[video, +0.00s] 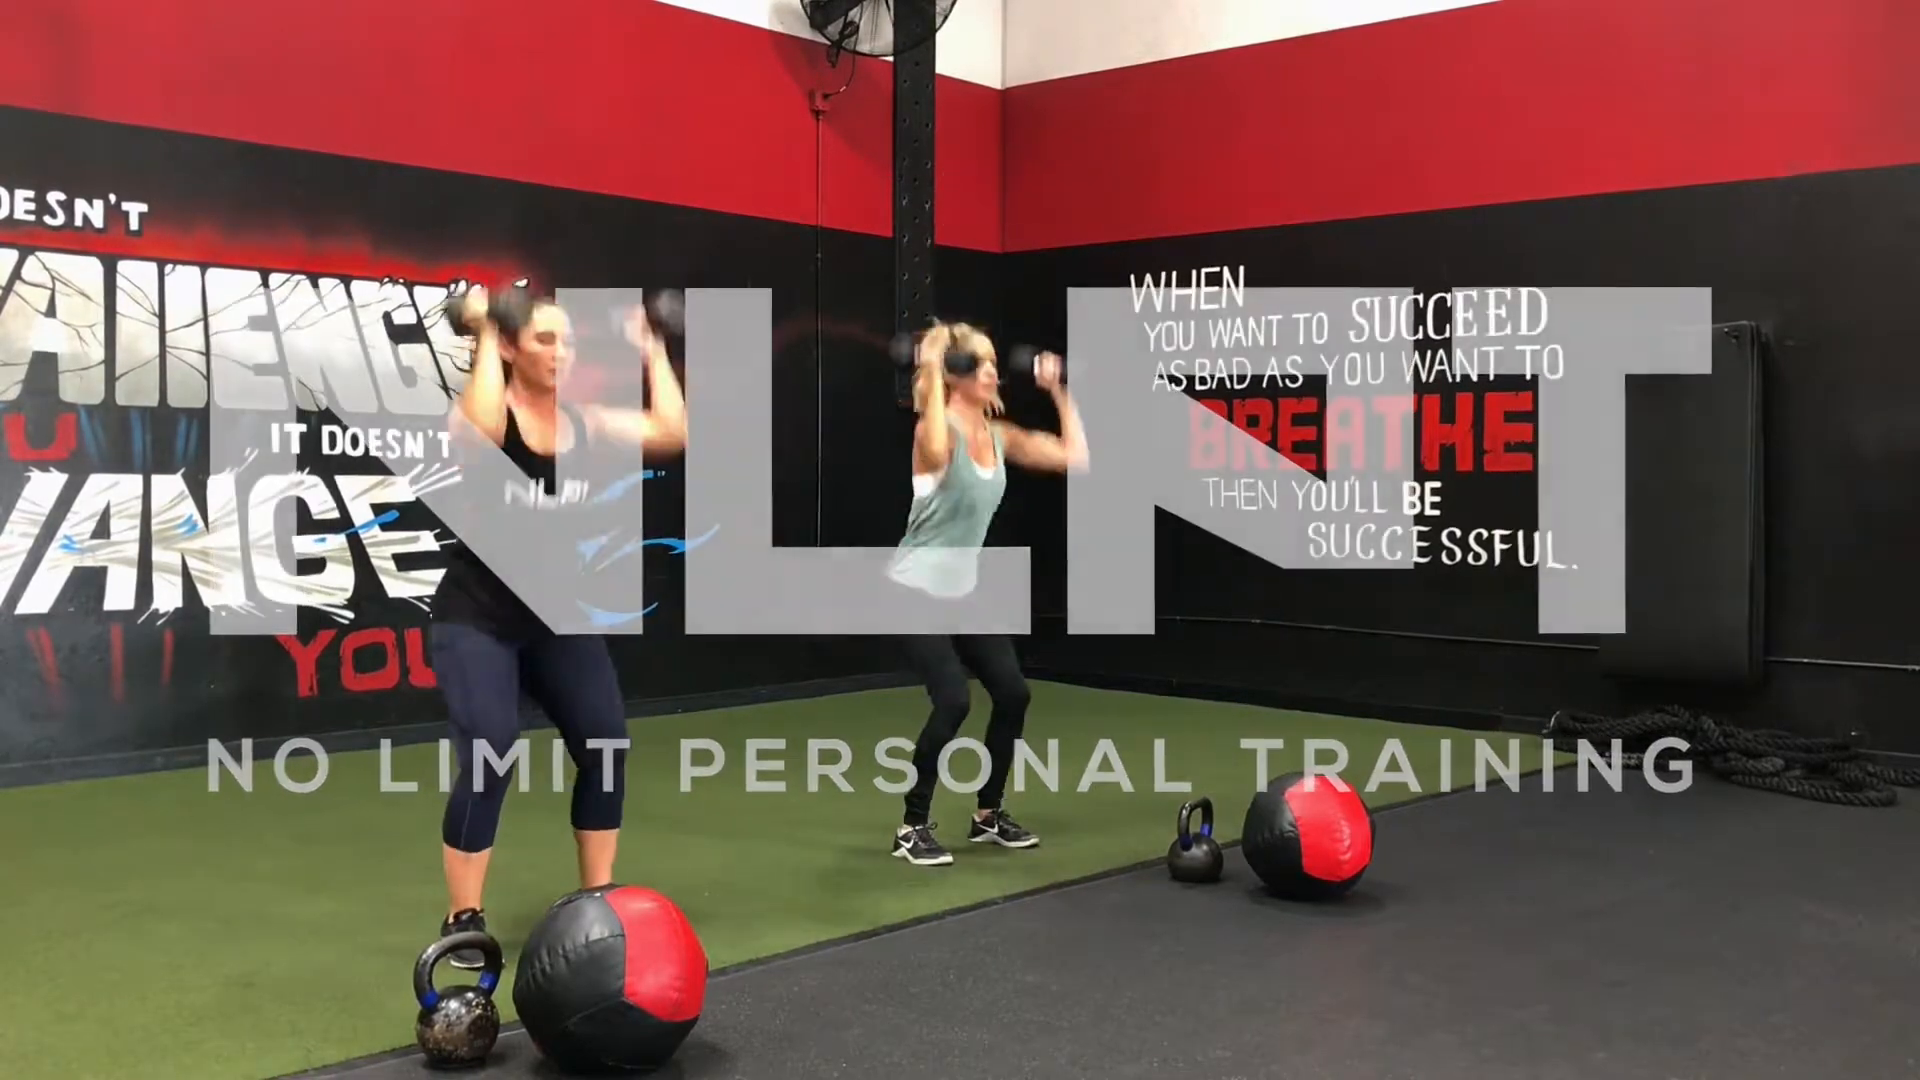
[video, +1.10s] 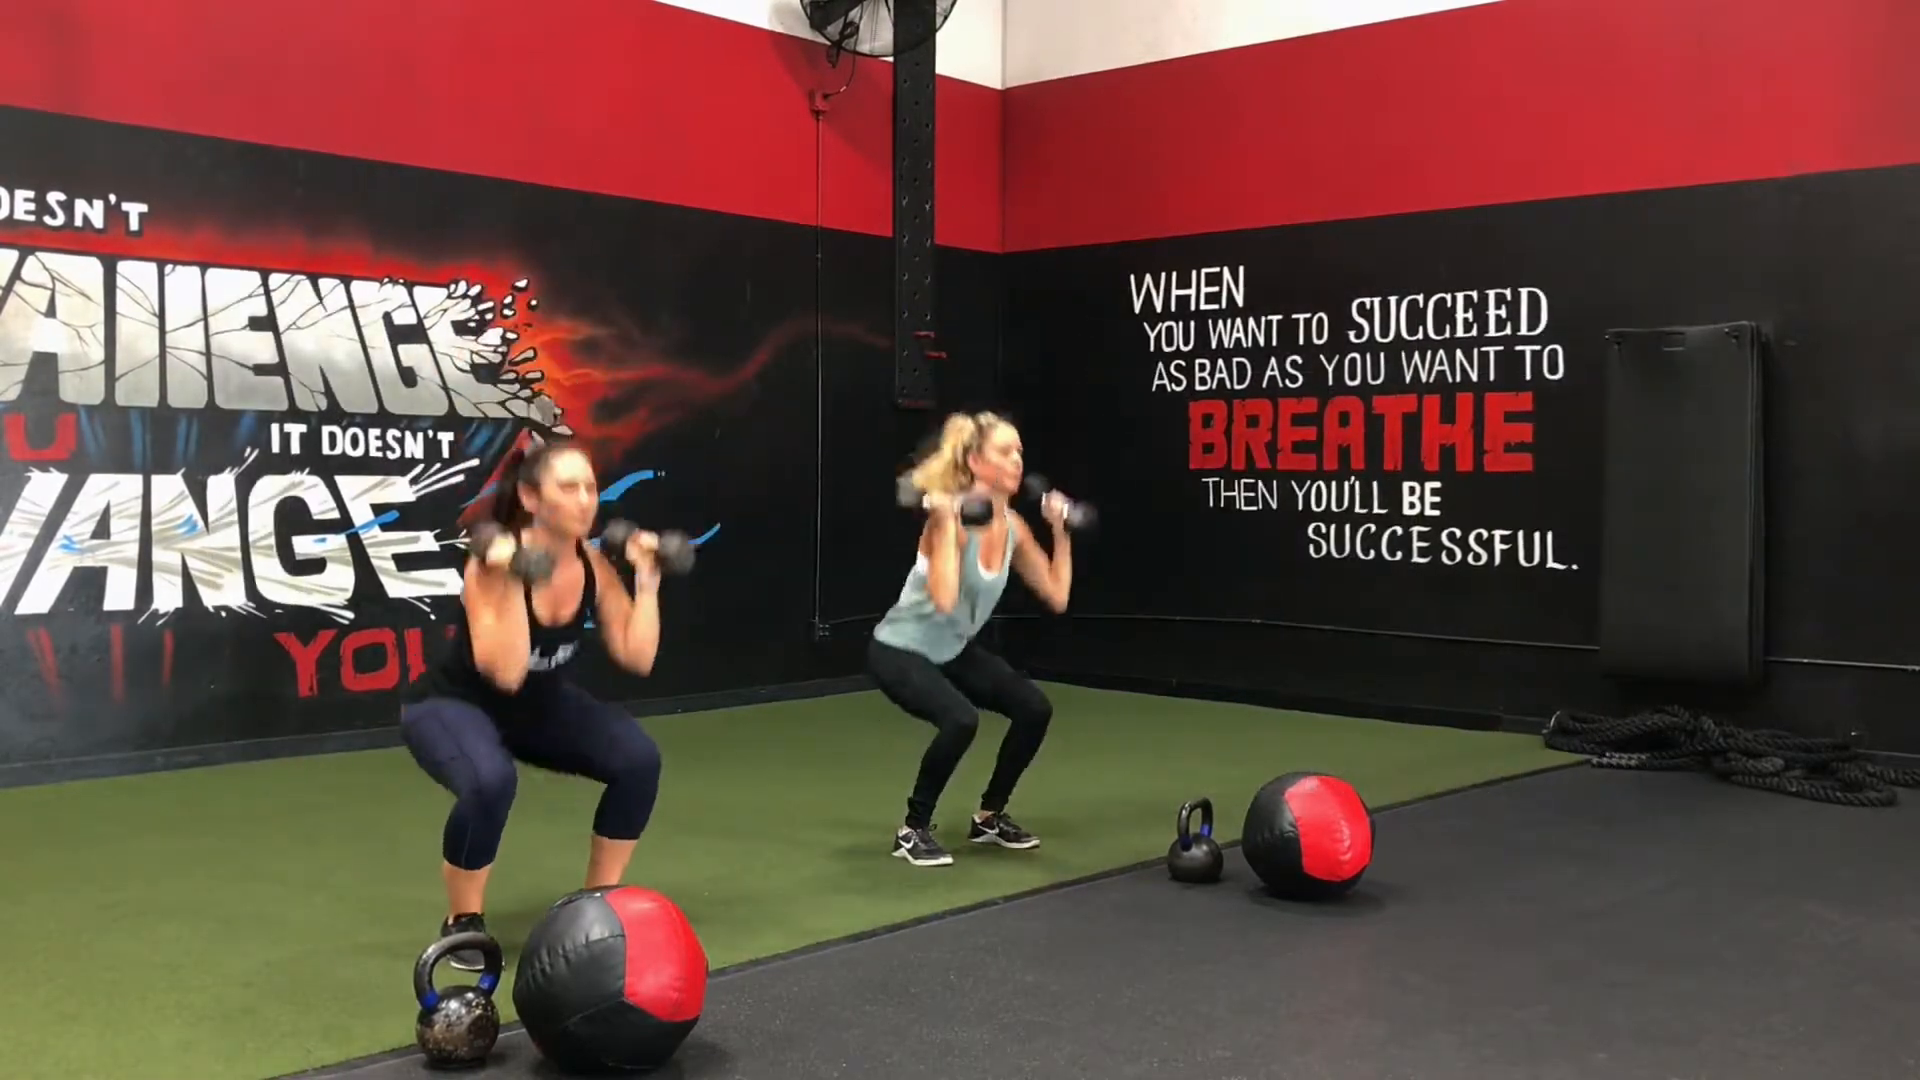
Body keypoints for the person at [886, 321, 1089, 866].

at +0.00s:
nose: (997, 376)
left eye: (995, 367)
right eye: (987, 368)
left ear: (984, 375)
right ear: (959, 377)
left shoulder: (997, 434)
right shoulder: (936, 433)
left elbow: (1073, 456)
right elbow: (934, 450)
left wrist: (1059, 392)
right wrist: (932, 370)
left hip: (967, 594)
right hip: (915, 594)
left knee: (1012, 695)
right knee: (953, 701)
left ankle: (988, 814)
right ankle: (913, 826)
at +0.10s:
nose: (1003, 440)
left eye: (1004, 430)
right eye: (992, 431)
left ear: (1005, 439)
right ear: (962, 442)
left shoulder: (1004, 503)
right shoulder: (939, 497)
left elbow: (1051, 574)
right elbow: (943, 573)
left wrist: (1051, 507)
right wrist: (940, 496)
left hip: (951, 639)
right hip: (898, 638)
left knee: (1028, 705)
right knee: (957, 713)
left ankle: (989, 815)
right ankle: (914, 828)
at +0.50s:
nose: (999, 389)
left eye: (1000, 380)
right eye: (987, 380)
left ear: (1000, 389)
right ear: (957, 388)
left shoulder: (1002, 452)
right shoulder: (937, 443)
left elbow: (1066, 510)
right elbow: (938, 502)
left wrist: (1057, 442)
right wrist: (934, 421)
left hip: (961, 608)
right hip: (909, 606)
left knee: (1021, 696)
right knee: (950, 705)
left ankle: (989, 815)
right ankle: (913, 827)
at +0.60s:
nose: (987, 344)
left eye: (990, 336)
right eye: (977, 334)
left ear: (990, 345)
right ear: (948, 340)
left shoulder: (995, 400)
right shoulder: (931, 400)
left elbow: (1075, 398)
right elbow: (931, 371)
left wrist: (1061, 329)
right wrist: (930, 299)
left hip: (978, 569)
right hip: (927, 569)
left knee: (990, 684)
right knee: (934, 687)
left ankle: (987, 814)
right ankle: (911, 826)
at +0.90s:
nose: (993, 348)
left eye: (995, 340)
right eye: (982, 338)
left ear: (995, 351)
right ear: (951, 345)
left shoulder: (1000, 403)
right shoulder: (939, 405)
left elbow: (1077, 382)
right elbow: (933, 365)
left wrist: (1070, 309)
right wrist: (930, 291)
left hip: (982, 574)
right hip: (932, 573)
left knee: (1004, 685)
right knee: (948, 691)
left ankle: (988, 814)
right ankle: (912, 825)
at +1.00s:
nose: (1004, 395)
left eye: (1006, 386)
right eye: (993, 386)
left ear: (1007, 394)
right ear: (966, 393)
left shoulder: (1008, 454)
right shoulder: (945, 446)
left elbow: (1080, 493)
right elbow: (945, 494)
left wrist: (1069, 425)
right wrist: (939, 416)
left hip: (963, 608)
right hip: (911, 605)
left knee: (1026, 699)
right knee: (957, 706)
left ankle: (989, 816)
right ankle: (914, 828)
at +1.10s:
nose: (1017, 463)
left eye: (1019, 453)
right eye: (1005, 453)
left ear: (1018, 464)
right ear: (974, 462)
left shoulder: (1010, 524)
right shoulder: (948, 519)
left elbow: (1056, 597)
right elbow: (944, 600)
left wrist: (1061, 533)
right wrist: (948, 523)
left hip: (952, 651)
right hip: (899, 652)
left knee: (1034, 710)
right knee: (960, 720)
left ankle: (989, 818)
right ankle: (915, 829)